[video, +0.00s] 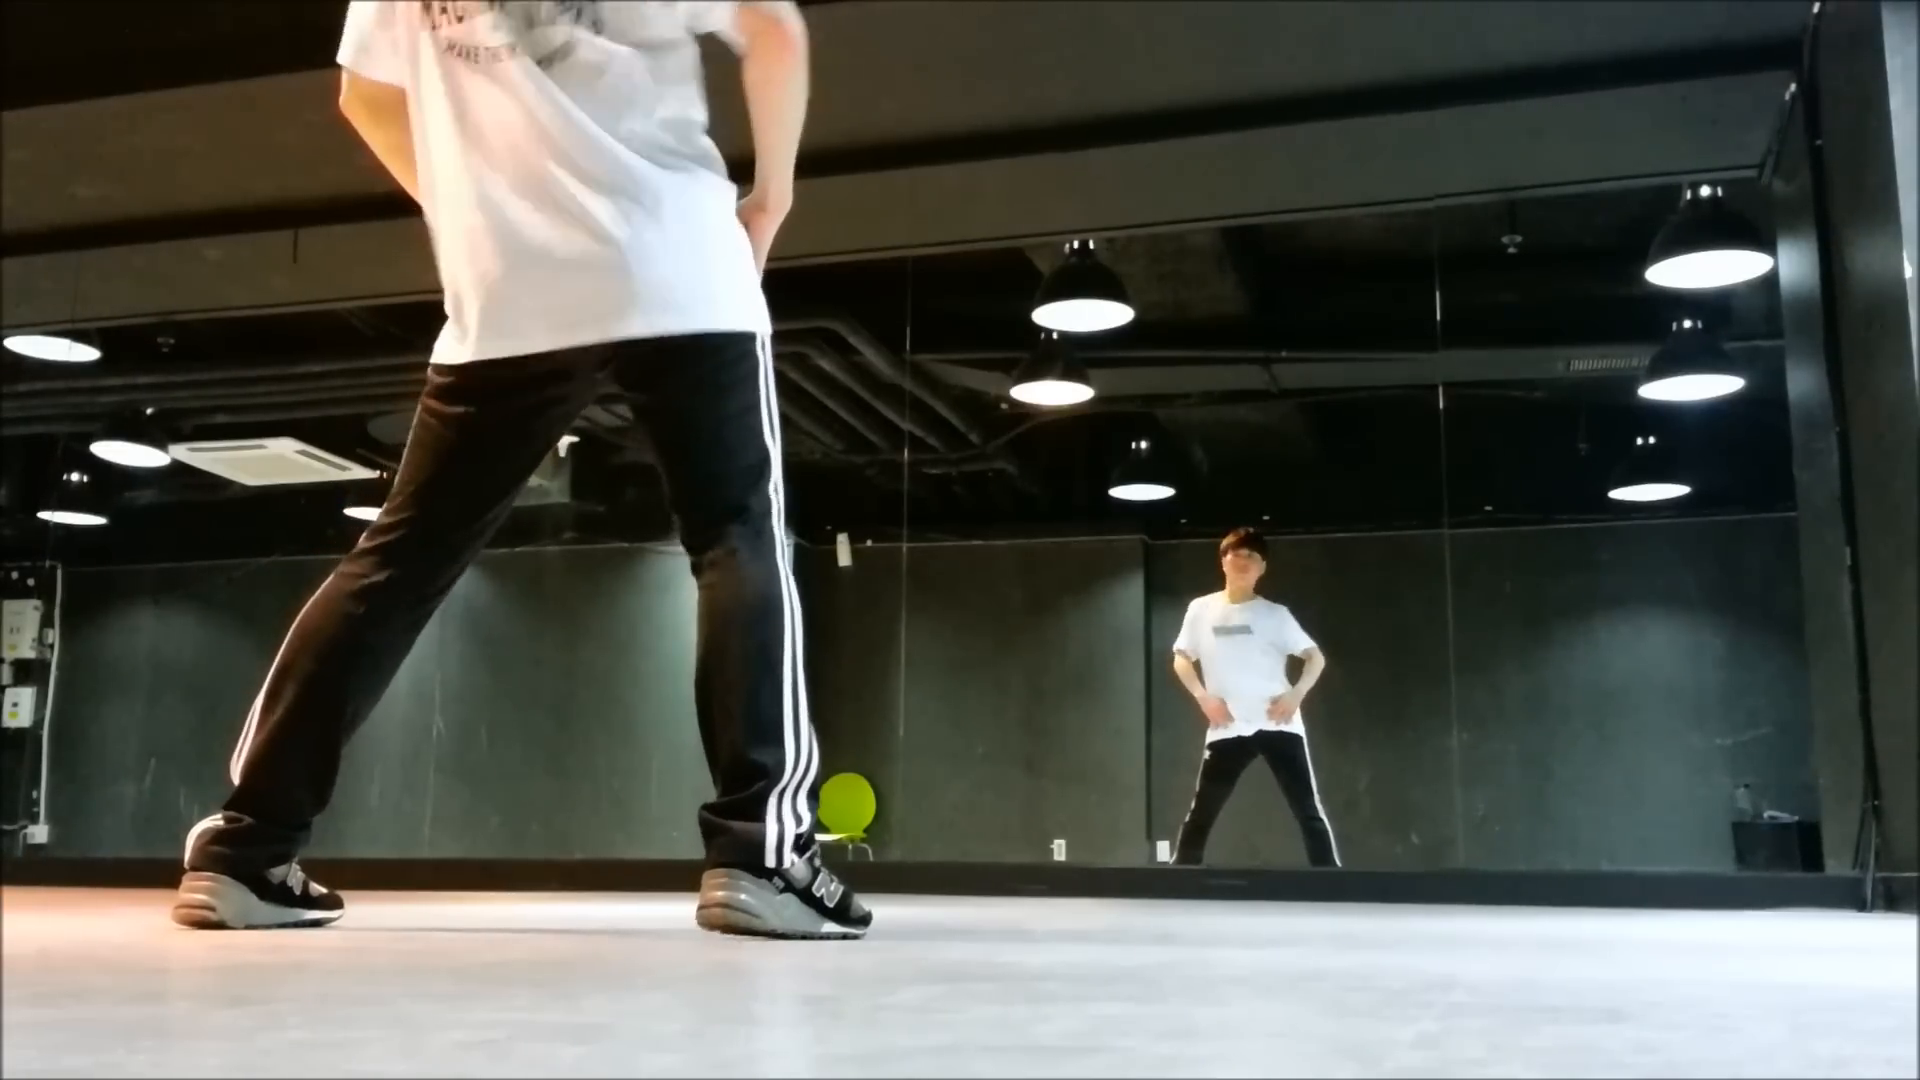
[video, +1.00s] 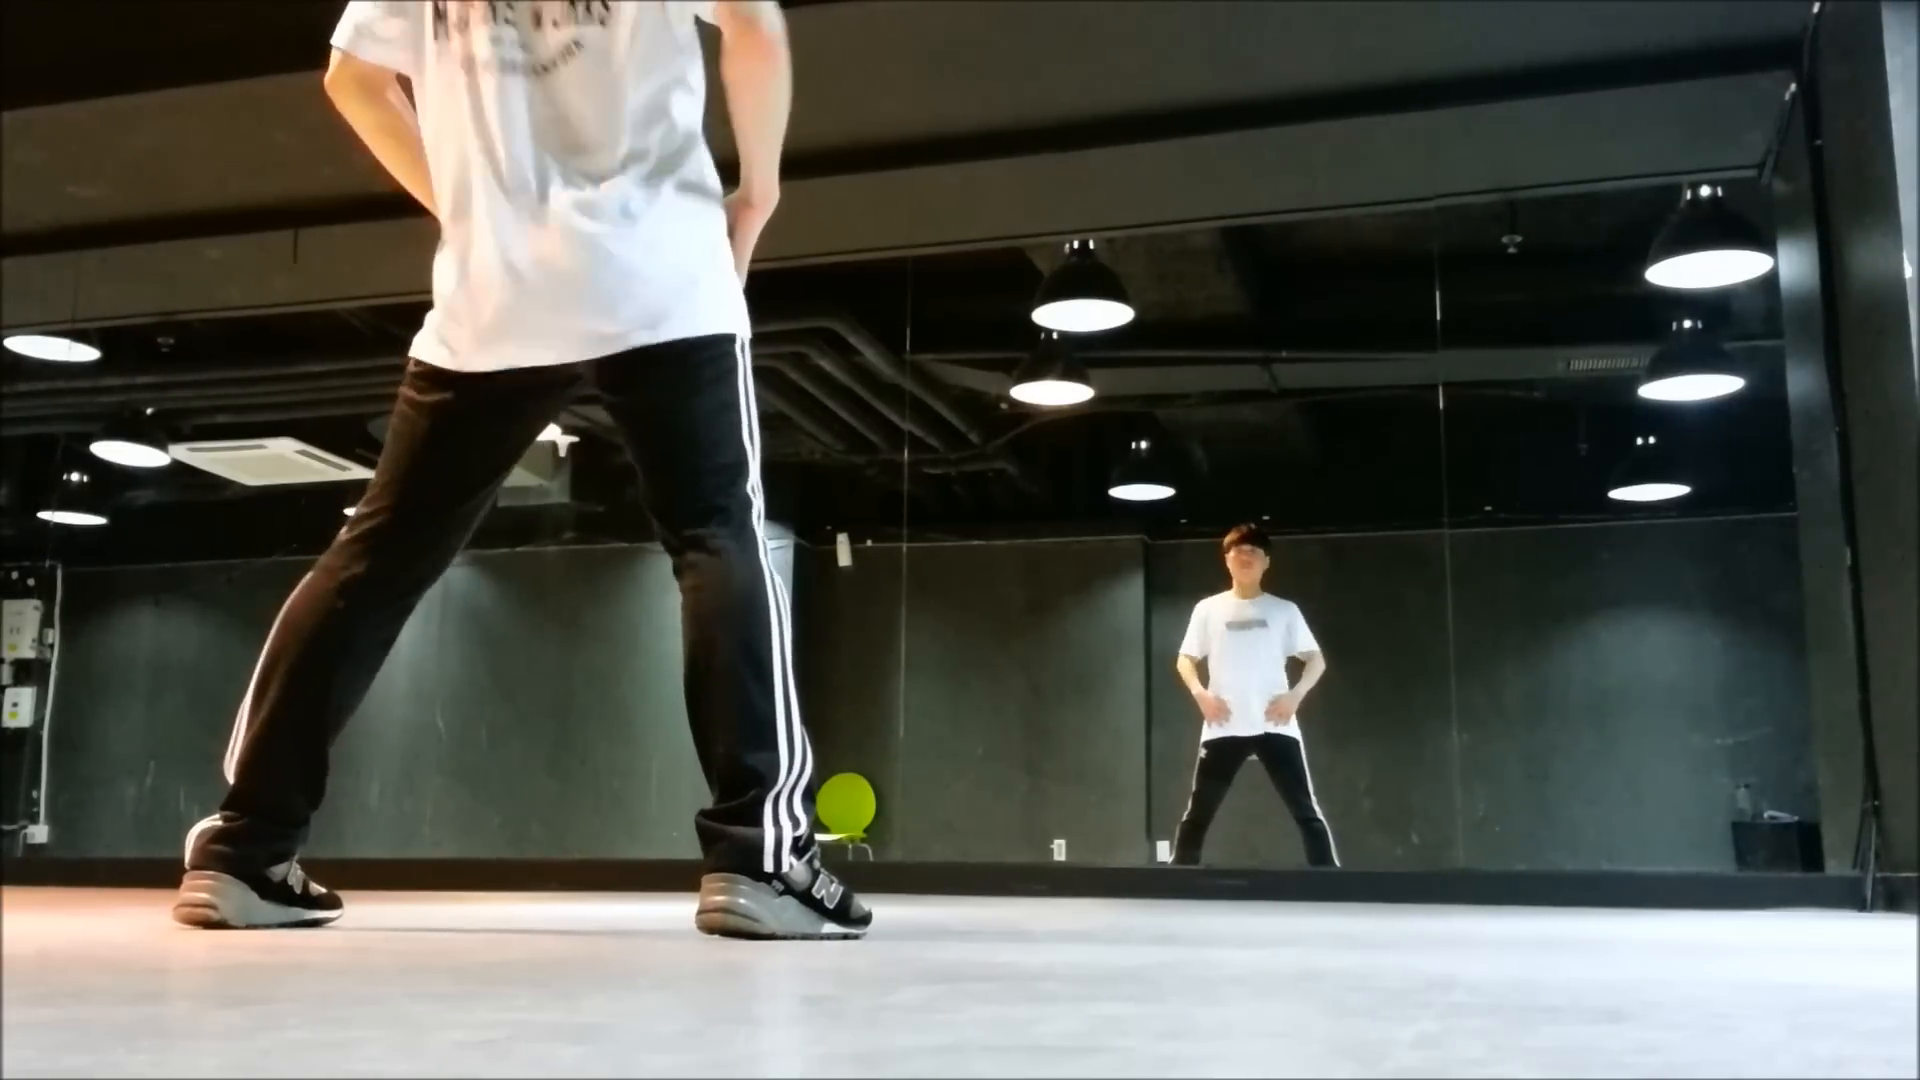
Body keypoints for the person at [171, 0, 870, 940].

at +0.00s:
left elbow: (368, 92)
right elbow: (772, 25)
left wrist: (472, 210)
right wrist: (773, 183)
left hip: (505, 264)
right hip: (679, 254)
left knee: (397, 558)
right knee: (739, 545)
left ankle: (243, 844)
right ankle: (763, 851)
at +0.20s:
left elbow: (355, 83)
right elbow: (764, 26)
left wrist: (465, 192)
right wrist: (766, 188)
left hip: (494, 273)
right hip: (664, 262)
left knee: (389, 554)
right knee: (731, 546)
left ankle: (242, 844)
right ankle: (761, 852)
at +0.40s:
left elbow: (348, 73)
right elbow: (763, 26)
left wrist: (460, 192)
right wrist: (754, 194)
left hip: (483, 269)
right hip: (653, 267)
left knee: (380, 551)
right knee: (720, 549)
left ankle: (242, 843)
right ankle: (760, 854)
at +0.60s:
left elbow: (351, 77)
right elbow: (782, 30)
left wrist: (468, 206)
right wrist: (761, 196)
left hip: (493, 271)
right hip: (664, 267)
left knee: (384, 554)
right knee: (724, 549)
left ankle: (241, 844)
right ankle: (760, 855)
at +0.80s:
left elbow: (357, 67)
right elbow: (756, 20)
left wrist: (464, 196)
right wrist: (757, 189)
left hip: (486, 256)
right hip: (657, 258)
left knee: (379, 550)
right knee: (719, 544)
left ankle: (241, 844)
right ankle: (760, 854)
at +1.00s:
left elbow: (355, 75)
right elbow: (752, 26)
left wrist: (464, 204)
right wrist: (758, 187)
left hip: (493, 271)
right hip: (661, 266)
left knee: (378, 554)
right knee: (719, 544)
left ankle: (241, 845)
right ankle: (760, 854)